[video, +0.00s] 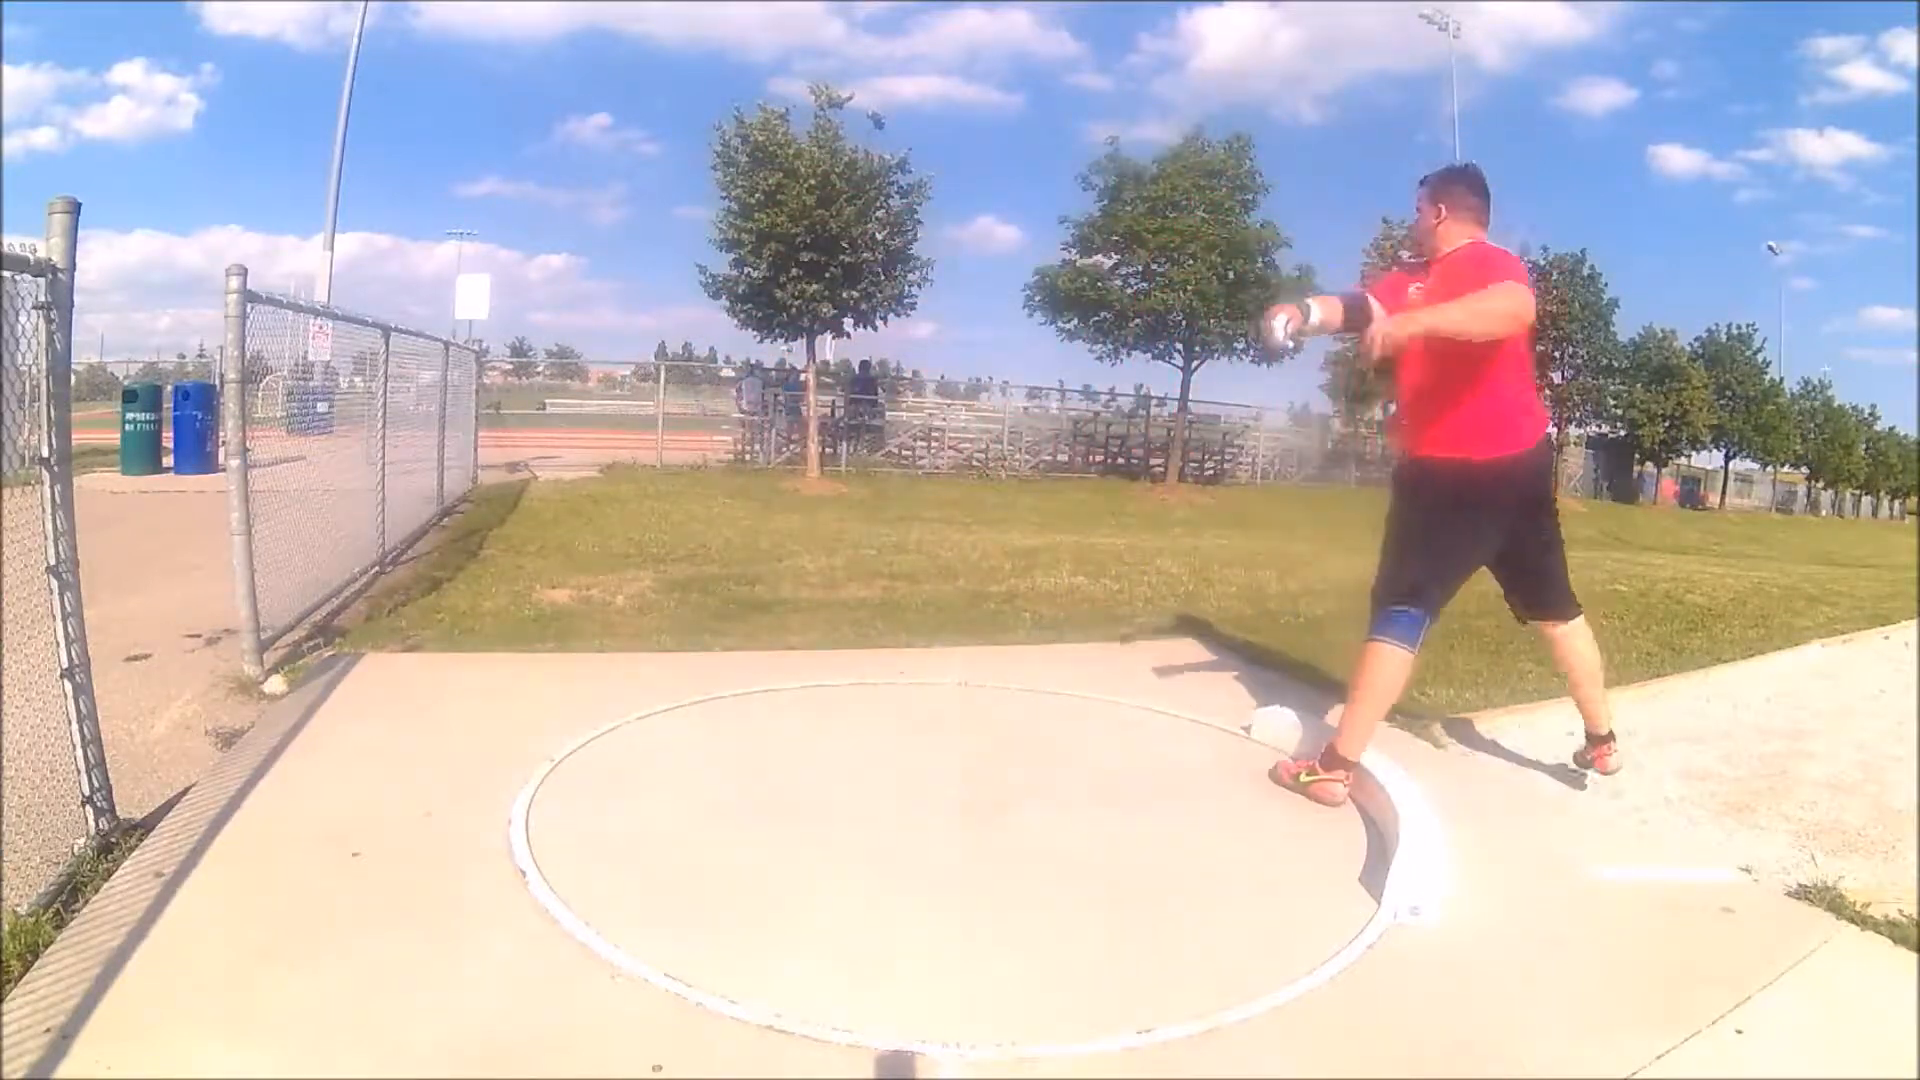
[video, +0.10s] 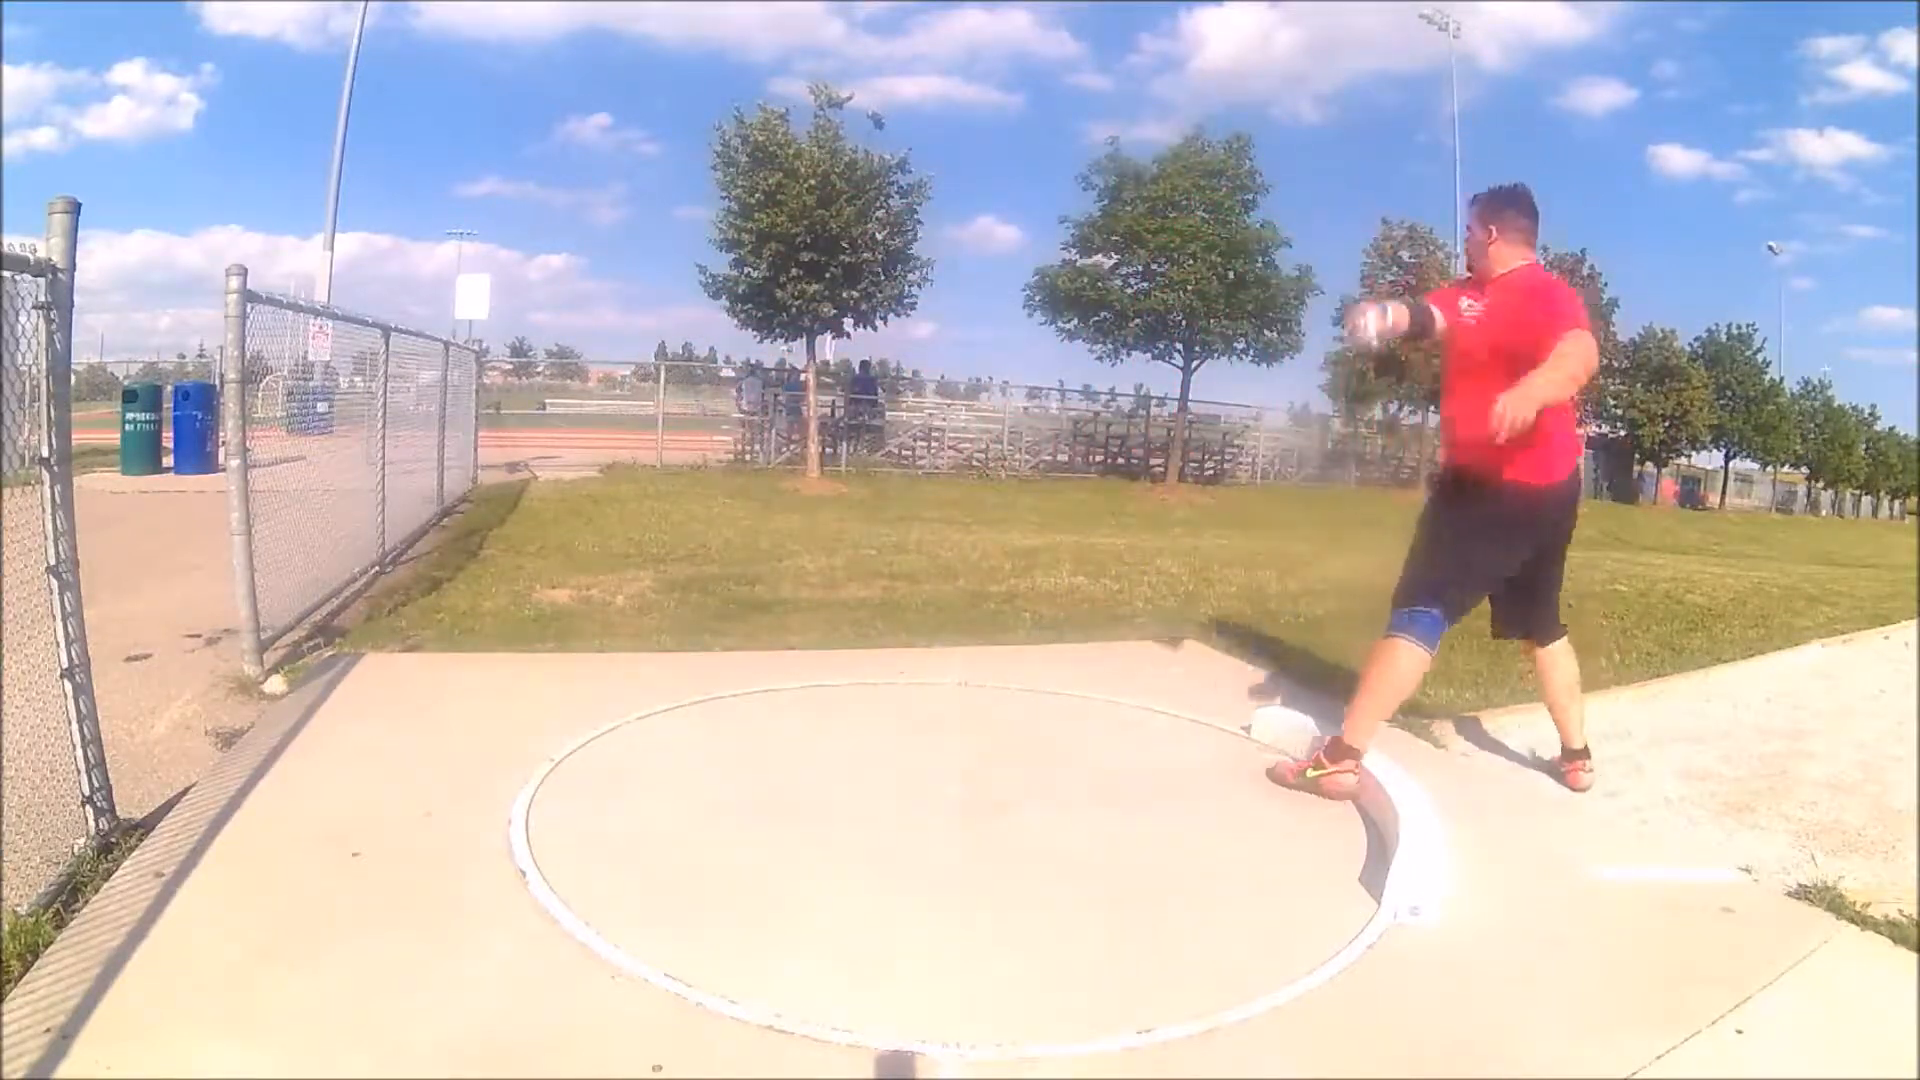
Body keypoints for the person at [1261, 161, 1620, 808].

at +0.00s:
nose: (1413, 223)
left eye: (1419, 212)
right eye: (1417, 213)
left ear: (1440, 211)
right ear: (1475, 214)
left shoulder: (1489, 260)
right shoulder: (1412, 280)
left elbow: (1518, 308)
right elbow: (1355, 307)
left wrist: (1415, 323)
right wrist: (1306, 312)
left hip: (1447, 472)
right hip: (1522, 468)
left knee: (1401, 614)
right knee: (1555, 605)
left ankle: (1337, 766)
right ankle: (1604, 740)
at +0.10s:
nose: (1465, 243)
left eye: (1470, 233)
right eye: (1467, 234)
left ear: (1490, 232)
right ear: (1524, 234)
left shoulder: (1550, 293)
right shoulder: (1465, 294)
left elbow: (1579, 353)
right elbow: (1423, 316)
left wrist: (1533, 391)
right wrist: (1386, 318)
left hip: (1486, 485)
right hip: (1550, 491)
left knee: (1419, 614)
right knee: (1542, 621)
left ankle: (1342, 757)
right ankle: (1577, 756)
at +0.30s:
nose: (1539, 238)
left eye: (1542, 228)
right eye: (1544, 229)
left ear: (1553, 225)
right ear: (1597, 229)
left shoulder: (1591, 282)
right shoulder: (1549, 286)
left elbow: (1611, 375)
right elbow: (1492, 319)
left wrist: (1582, 475)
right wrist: (1452, 340)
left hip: (1524, 458)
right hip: (1586, 472)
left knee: (1434, 555)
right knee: (1565, 611)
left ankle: (1373, 682)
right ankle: (1580, 755)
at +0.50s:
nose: (1582, 239)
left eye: (1580, 229)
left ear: (1583, 226)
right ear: (1633, 232)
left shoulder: (1583, 269)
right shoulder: (1642, 288)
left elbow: (1563, 349)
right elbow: (1576, 362)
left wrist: (1500, 435)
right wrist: (1490, 374)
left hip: (1560, 449)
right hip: (1626, 466)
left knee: (1453, 508)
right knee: (1593, 608)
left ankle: (1416, 628)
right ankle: (1583, 757)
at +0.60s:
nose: (1626, 242)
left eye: (1604, 229)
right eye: (1639, 235)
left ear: (1592, 227)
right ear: (1644, 236)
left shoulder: (1574, 271)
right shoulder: (1663, 304)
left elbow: (1533, 341)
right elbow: (1659, 389)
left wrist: (1458, 412)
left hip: (1551, 451)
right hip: (1630, 470)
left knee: (1457, 513)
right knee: (1596, 608)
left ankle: (1439, 625)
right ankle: (1585, 757)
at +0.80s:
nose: (1643, 247)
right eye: (1649, 240)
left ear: (1598, 231)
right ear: (1650, 240)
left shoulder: (1566, 273)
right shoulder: (1674, 306)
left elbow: (1508, 342)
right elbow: (1715, 391)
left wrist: (1443, 390)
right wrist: (1733, 453)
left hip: (1547, 456)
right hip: (1629, 469)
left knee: (1479, 552)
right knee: (1606, 611)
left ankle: (1473, 675)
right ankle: (1586, 757)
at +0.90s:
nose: (1634, 245)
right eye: (1642, 238)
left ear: (1595, 232)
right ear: (1648, 239)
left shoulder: (1563, 273)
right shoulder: (1674, 303)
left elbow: (1505, 344)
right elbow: (1731, 385)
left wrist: (1464, 391)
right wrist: (1769, 462)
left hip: (1546, 457)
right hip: (1629, 466)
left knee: (1488, 565)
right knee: (1604, 608)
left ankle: (1484, 698)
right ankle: (1585, 756)